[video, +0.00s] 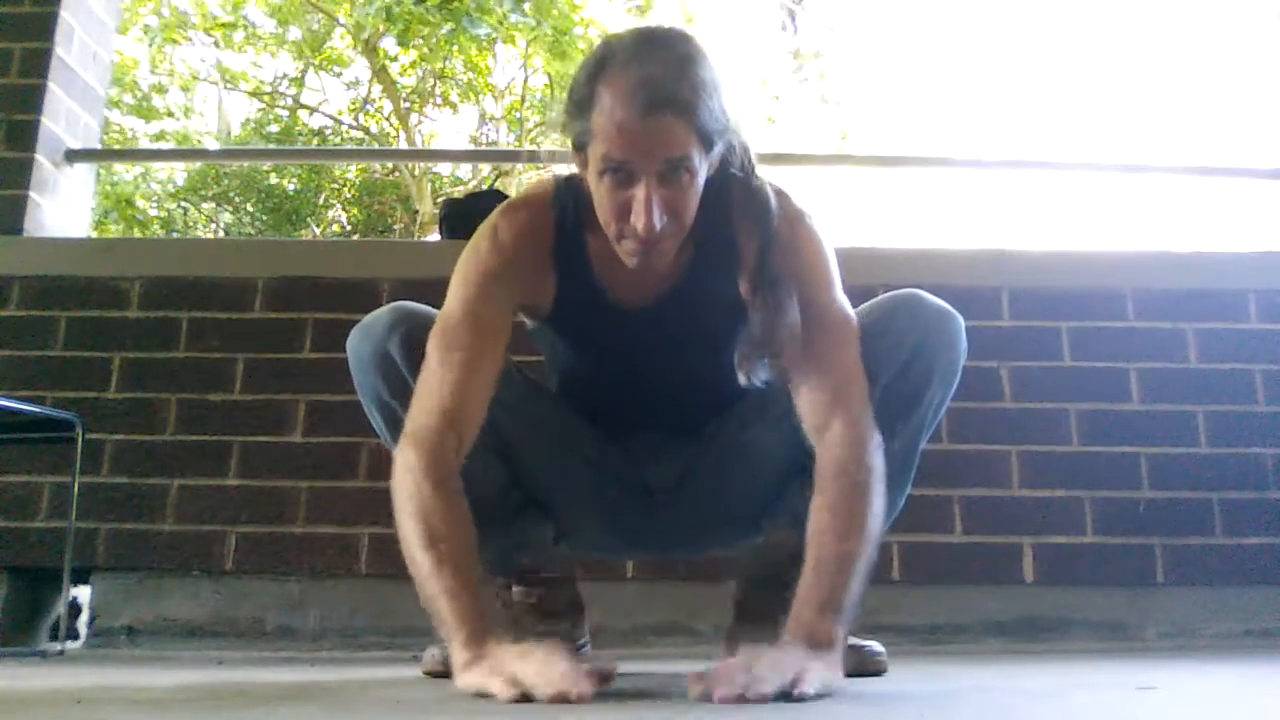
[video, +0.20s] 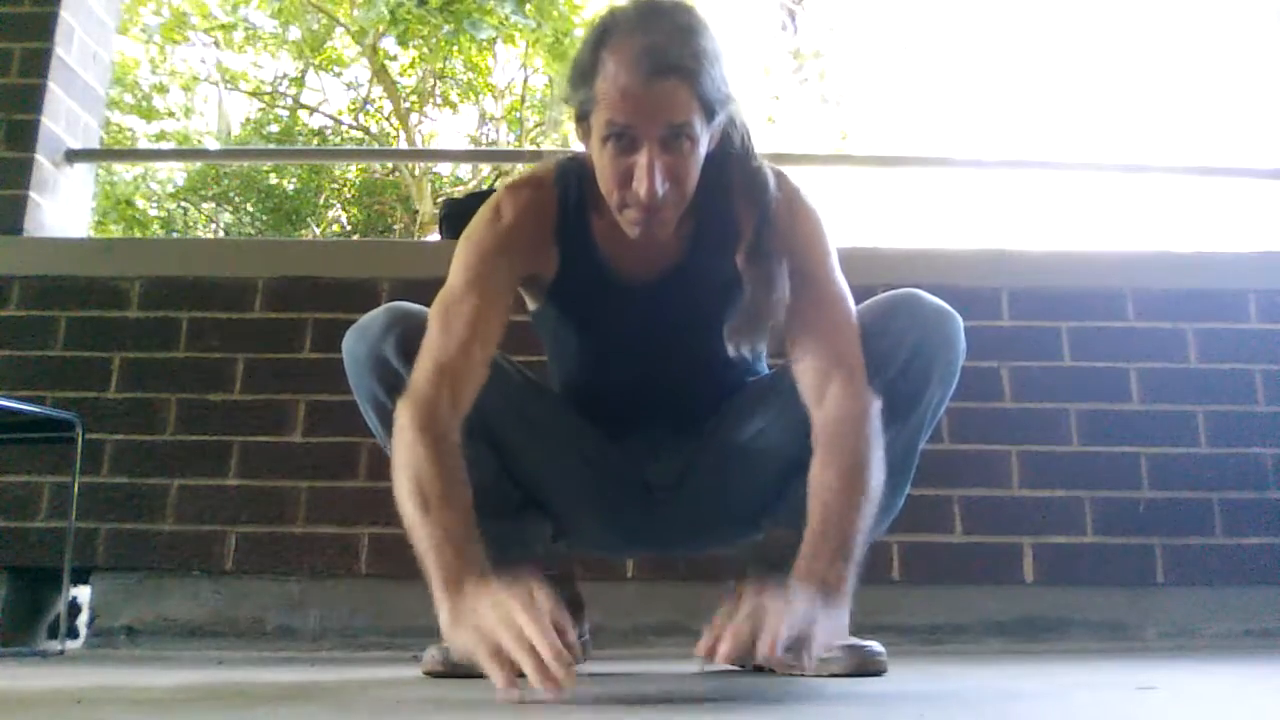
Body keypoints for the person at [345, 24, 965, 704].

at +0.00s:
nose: (645, 212)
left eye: (675, 174)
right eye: (617, 175)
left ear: (715, 158)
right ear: (580, 158)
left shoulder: (773, 230)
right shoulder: (520, 235)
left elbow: (848, 439)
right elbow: (423, 458)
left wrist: (808, 637)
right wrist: (472, 647)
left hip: (728, 478)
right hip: (584, 479)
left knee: (926, 325)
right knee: (388, 336)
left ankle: (781, 622)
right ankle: (540, 605)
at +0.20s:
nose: (647, 178)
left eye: (677, 142)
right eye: (619, 141)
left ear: (717, 129)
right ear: (584, 130)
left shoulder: (772, 210)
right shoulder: (521, 217)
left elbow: (839, 390)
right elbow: (426, 419)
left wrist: (819, 586)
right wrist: (464, 591)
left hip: (729, 472)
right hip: (584, 473)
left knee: (923, 325)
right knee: (381, 339)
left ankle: (792, 608)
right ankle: (520, 606)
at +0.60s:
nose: (651, 191)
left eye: (680, 155)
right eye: (622, 156)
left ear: (718, 140)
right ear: (586, 141)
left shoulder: (775, 202)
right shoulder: (528, 201)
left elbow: (863, 370)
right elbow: (408, 370)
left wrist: (827, 450)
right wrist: (478, 460)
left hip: (731, 477)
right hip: (580, 476)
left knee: (928, 328)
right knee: (381, 343)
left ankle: (782, 610)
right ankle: (534, 604)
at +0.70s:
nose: (652, 199)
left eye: (681, 163)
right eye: (624, 164)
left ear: (720, 147)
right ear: (587, 146)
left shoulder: (775, 204)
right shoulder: (529, 203)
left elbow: (844, 380)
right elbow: (429, 382)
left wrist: (816, 527)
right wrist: (493, 548)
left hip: (731, 476)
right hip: (586, 475)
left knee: (927, 327)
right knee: (384, 345)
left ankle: (783, 611)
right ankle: (535, 607)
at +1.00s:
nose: (647, 122)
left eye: (675, 86)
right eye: (619, 88)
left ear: (713, 82)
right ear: (581, 83)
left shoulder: (773, 158)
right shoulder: (523, 161)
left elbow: (832, 333)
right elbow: (447, 339)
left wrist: (819, 512)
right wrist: (468, 529)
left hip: (732, 449)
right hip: (584, 448)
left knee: (936, 342)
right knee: (371, 353)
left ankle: (788, 602)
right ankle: (529, 605)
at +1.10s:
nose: (645, 103)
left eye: (673, 67)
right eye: (616, 68)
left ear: (711, 62)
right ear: (576, 65)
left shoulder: (771, 138)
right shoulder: (517, 147)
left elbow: (839, 298)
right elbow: (435, 318)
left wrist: (834, 436)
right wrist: (431, 499)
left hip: (737, 438)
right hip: (583, 436)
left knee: (941, 343)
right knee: (367, 358)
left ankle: (788, 596)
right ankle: (538, 592)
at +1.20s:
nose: (646, 99)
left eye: (675, 60)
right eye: (614, 62)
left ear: (715, 50)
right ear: (571, 58)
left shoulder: (776, 129)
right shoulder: (510, 136)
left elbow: (846, 299)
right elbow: (434, 321)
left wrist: (836, 430)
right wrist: (420, 547)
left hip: (735, 422)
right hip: (581, 422)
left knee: (946, 351)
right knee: (360, 365)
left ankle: (787, 595)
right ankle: (541, 586)